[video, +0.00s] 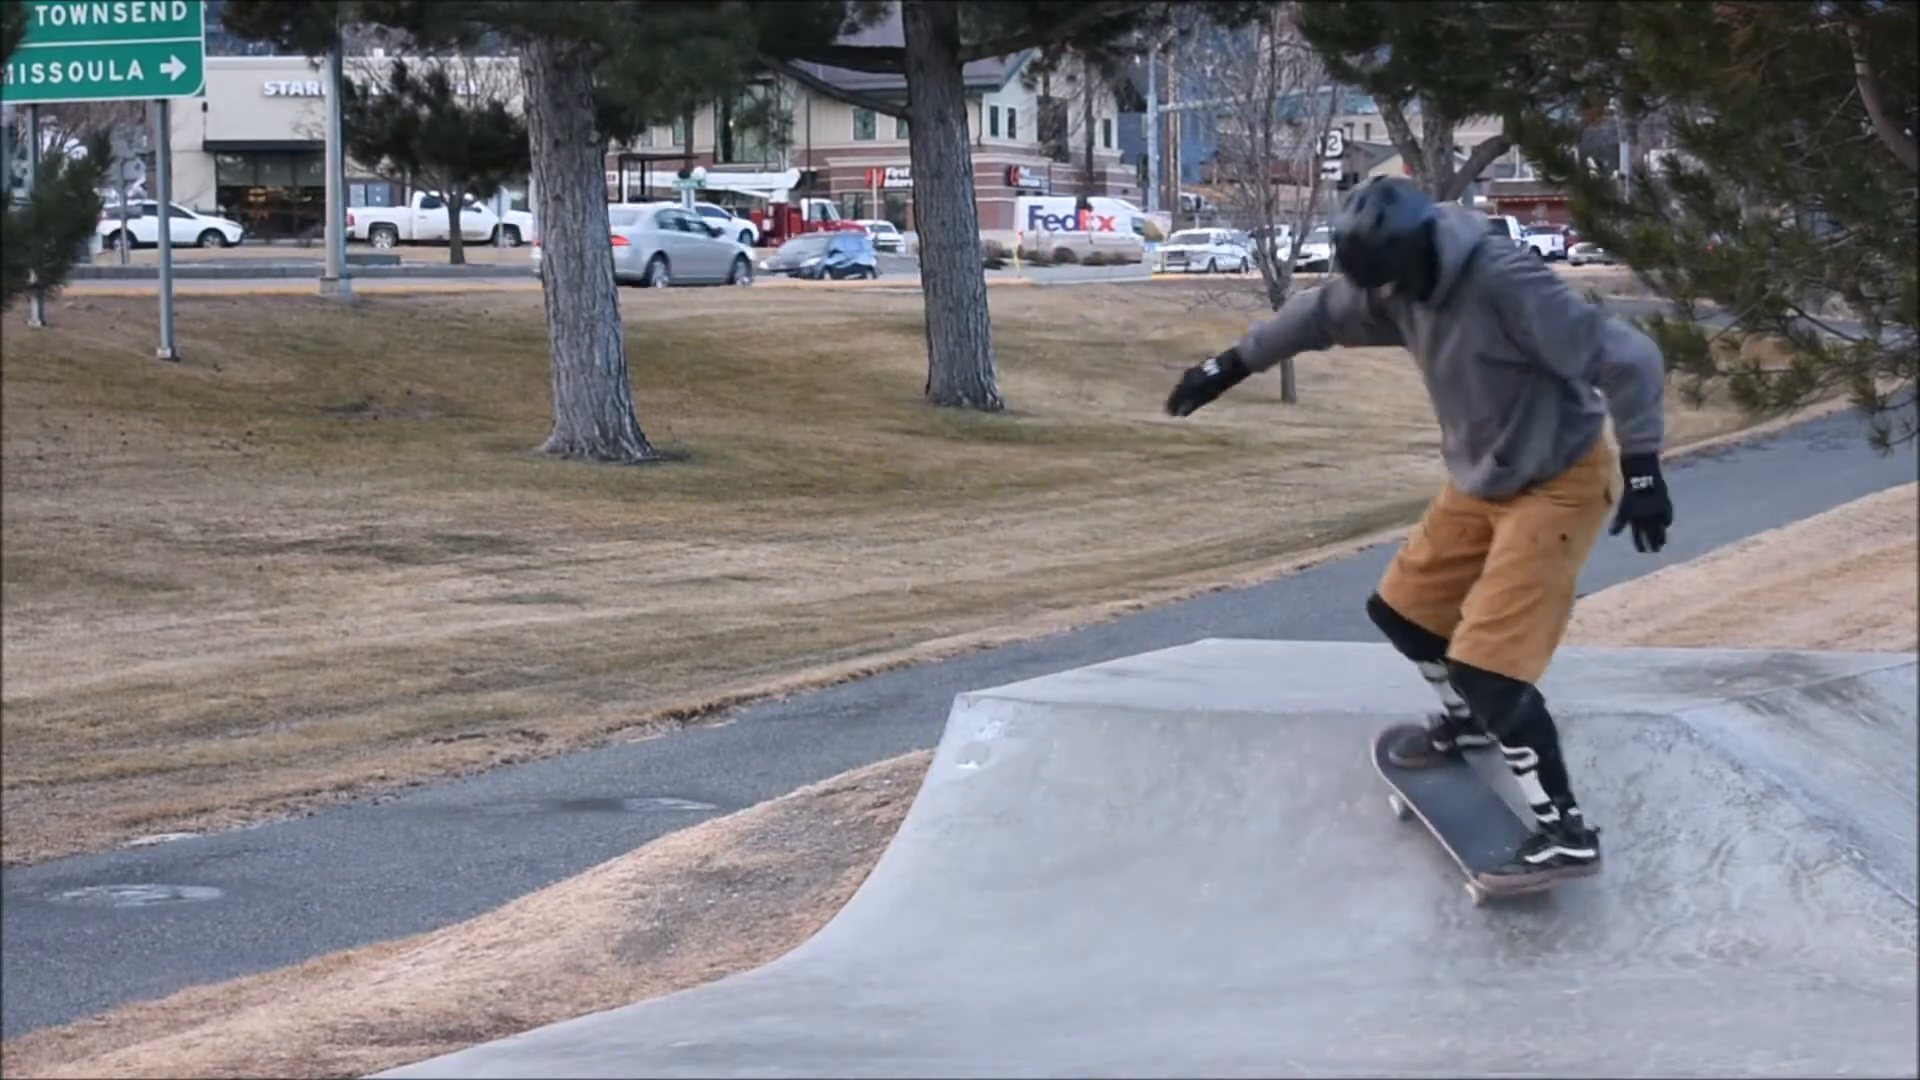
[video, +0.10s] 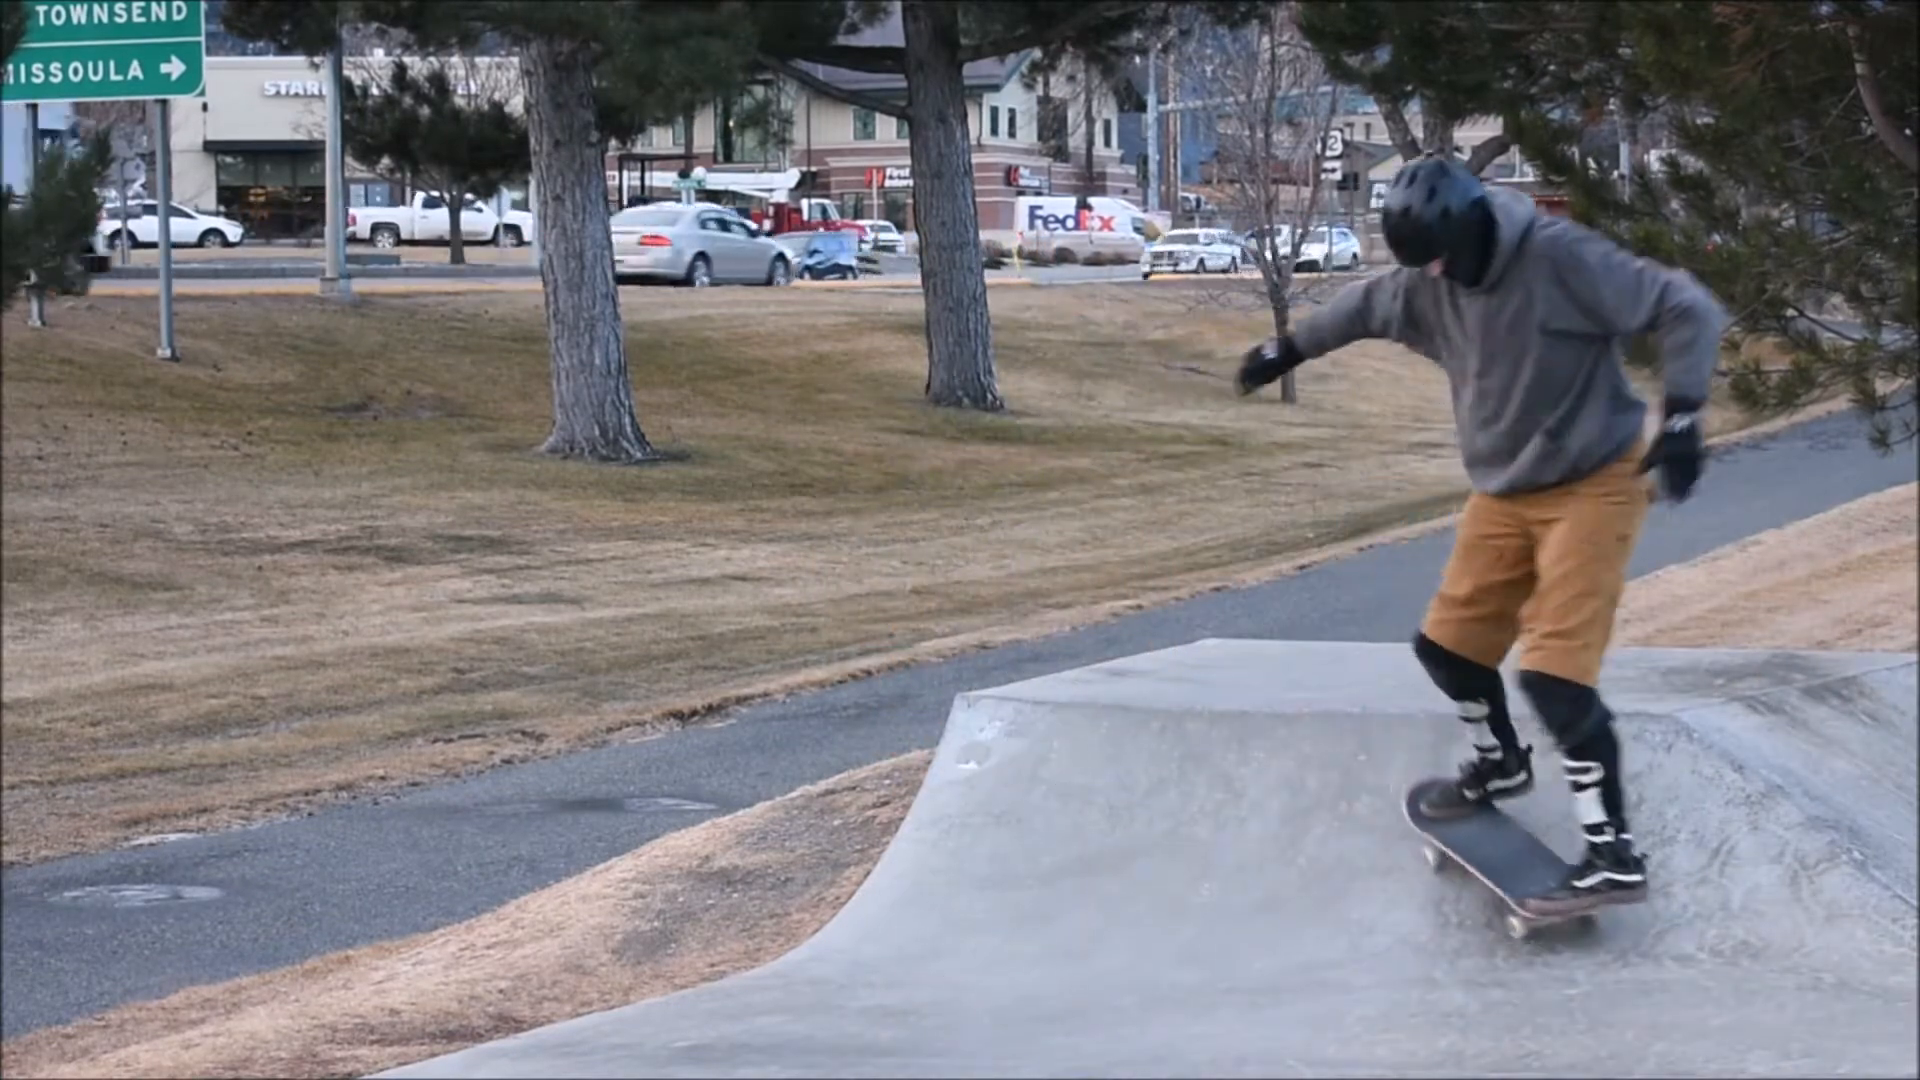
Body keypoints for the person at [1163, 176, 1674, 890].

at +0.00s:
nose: (1386, 297)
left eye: (1390, 281)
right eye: (1375, 285)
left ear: (1420, 248)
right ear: (1371, 260)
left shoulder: (1502, 275)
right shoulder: (1391, 282)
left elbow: (1629, 357)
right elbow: (1315, 316)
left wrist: (1643, 471)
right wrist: (1227, 366)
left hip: (1562, 477)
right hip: (1479, 476)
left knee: (1488, 668)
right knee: (1406, 610)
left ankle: (1565, 826)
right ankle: (1475, 718)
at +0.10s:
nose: (1438, 272)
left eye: (1443, 256)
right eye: (1425, 263)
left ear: (1473, 223)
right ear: (1412, 248)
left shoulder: (1559, 257)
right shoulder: (1426, 285)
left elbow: (1687, 307)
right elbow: (1358, 308)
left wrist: (1682, 418)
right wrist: (1286, 348)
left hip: (1596, 483)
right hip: (1503, 492)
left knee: (1555, 675)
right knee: (1450, 651)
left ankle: (1611, 845)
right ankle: (1502, 761)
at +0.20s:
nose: (1462, 284)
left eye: (1469, 269)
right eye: (1450, 274)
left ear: (1498, 238)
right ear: (1437, 257)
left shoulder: (1591, 249)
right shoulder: (1446, 297)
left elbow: (1722, 247)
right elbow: (1405, 332)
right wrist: (1356, 366)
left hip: (1652, 481)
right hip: (1552, 493)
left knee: (1633, 675)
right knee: (1504, 669)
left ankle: (1688, 858)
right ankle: (1504, 831)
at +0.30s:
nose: (1503, 308)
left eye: (1508, 291)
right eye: (1488, 299)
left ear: (1535, 255)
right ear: (1475, 289)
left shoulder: (1629, 261)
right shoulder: (1505, 350)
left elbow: (1722, 224)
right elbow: (1461, 413)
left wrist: (1800, 213)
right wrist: (1411, 472)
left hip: (1706, 499)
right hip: (1608, 522)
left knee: (1721, 690)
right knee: (1564, 699)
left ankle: (1794, 865)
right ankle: (1570, 875)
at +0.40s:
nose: (1550, 312)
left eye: (1554, 293)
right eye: (1534, 305)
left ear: (1578, 259)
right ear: (1524, 302)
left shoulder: (1657, 266)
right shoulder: (1556, 368)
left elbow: (1738, 236)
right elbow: (1520, 481)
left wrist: (1790, 198)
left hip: (1770, 490)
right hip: (1669, 529)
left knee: (1797, 688)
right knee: (1635, 705)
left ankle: (1868, 862)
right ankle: (1644, 878)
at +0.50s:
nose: (1615, 294)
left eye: (1620, 274)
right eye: (1597, 288)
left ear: (1646, 241)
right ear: (1583, 283)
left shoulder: (1727, 242)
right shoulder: (1610, 361)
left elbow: (1806, 204)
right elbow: (1580, 463)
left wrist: (1810, 154)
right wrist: (1545, 553)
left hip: (1831, 485)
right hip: (1725, 524)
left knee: (1881, 692)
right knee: (1693, 710)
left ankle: (1919, 858)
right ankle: (1699, 876)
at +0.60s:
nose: (1685, 281)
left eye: (1689, 260)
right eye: (1666, 277)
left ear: (1715, 224)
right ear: (1650, 277)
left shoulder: (1800, 227)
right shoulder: (1669, 354)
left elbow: (1850, 150)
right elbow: (1615, 452)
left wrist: (1794, 104)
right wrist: (1574, 542)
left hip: (1892, 473)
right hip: (1785, 509)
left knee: (1917, 674)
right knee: (1760, 701)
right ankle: (1745, 880)